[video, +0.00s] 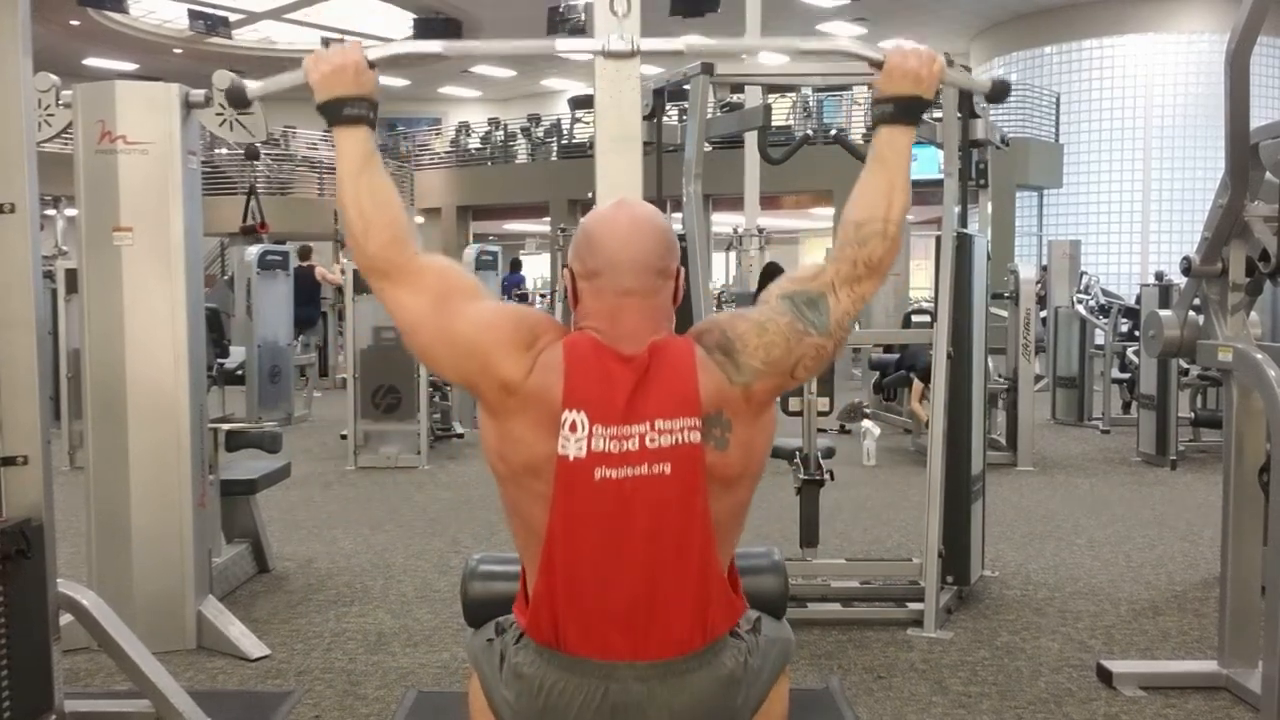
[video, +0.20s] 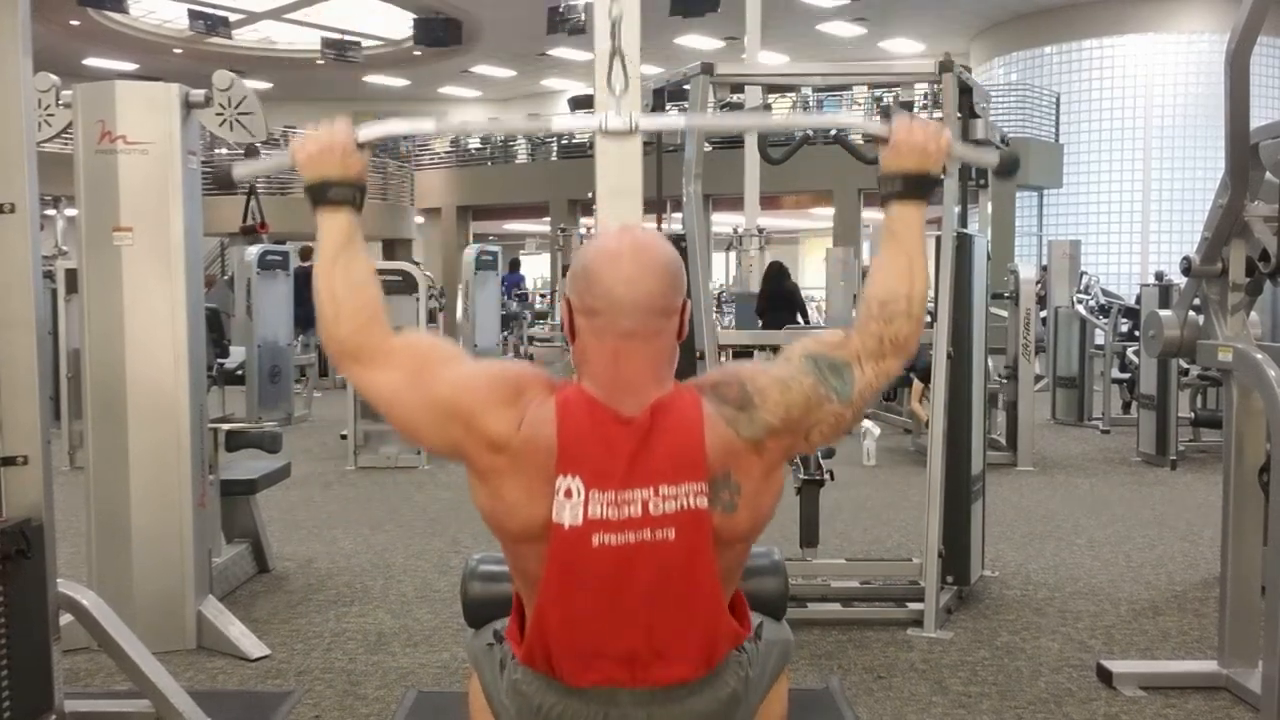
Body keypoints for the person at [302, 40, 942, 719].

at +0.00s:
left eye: (574, 272)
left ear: (572, 288)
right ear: (677, 287)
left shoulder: (513, 361)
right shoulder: (741, 364)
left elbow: (389, 262)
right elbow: (856, 266)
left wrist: (349, 114)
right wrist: (899, 112)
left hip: (553, 687)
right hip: (702, 684)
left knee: (488, 661)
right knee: (770, 652)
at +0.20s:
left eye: (571, 294)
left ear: (569, 321)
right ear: (682, 320)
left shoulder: (502, 415)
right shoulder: (752, 413)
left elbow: (359, 348)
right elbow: (886, 338)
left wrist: (334, 196)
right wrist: (909, 188)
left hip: (551, 691)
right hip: (710, 688)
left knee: (488, 662)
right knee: (769, 641)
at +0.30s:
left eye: (568, 322)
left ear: (568, 345)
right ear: (683, 346)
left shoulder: (500, 449)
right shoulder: (758, 445)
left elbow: (351, 403)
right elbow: (896, 397)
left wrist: (326, 249)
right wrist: (909, 249)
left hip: (548, 695)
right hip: (703, 693)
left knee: (491, 637)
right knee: (770, 647)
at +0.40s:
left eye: (569, 343)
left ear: (568, 365)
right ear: (687, 368)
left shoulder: (496, 478)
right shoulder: (757, 479)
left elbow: (338, 450)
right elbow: (897, 452)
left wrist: (326, 303)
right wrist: (912, 311)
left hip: (549, 698)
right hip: (702, 696)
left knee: (491, 647)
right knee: (770, 645)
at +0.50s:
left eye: (572, 358)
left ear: (570, 381)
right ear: (692, 384)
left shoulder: (494, 500)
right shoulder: (759, 501)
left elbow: (339, 509)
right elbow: (899, 513)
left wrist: (326, 358)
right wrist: (913, 368)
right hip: (706, 702)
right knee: (799, 670)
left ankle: (485, 700)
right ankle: (773, 698)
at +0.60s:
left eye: (570, 371)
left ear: (570, 392)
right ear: (693, 396)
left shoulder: (490, 520)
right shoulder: (764, 520)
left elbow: (340, 565)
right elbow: (895, 564)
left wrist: (326, 417)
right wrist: (909, 418)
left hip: (536, 709)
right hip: (705, 707)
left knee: (482, 652)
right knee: (770, 639)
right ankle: (780, 706)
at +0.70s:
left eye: (567, 384)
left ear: (567, 406)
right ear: (690, 413)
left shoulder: (486, 542)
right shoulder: (763, 536)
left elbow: (349, 616)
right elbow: (884, 613)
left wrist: (326, 470)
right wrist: (908, 461)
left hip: (533, 706)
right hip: (707, 706)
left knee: (483, 666)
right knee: (768, 639)